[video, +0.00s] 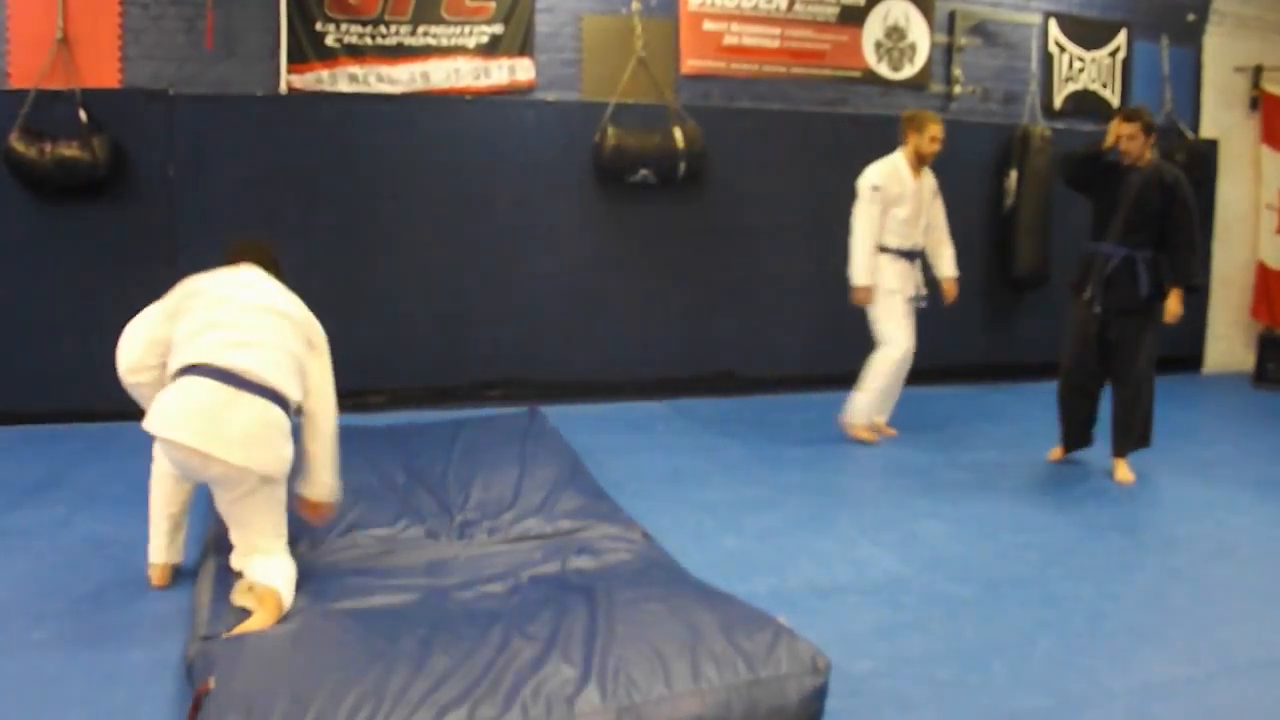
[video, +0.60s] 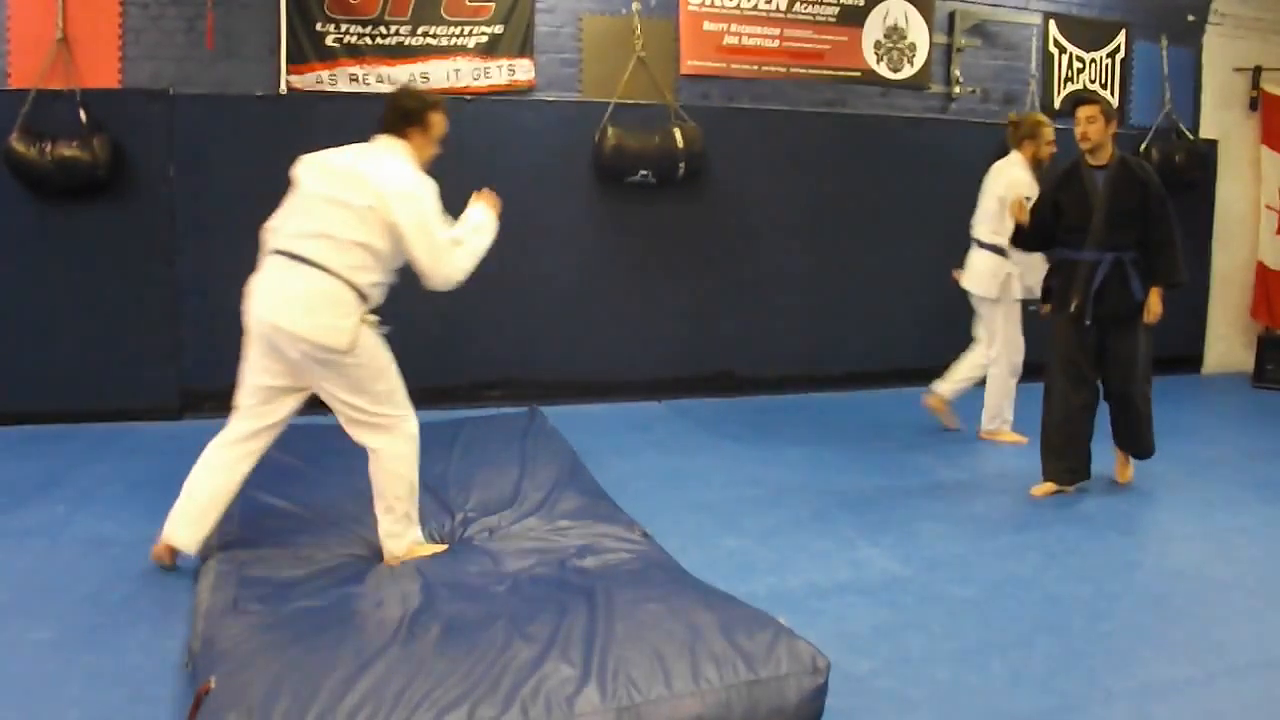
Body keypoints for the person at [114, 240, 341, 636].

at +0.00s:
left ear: (230, 265)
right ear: (277, 274)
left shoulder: (195, 288)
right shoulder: (304, 319)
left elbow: (133, 355)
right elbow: (321, 412)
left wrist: (168, 409)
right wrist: (320, 487)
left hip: (184, 421)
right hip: (256, 439)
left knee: (171, 457)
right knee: (263, 545)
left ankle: (161, 563)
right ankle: (267, 601)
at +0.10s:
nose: (267, 245)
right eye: (266, 240)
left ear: (210, 234)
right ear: (260, 238)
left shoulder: (178, 267)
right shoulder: (287, 280)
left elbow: (138, 359)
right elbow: (306, 369)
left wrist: (171, 401)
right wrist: (287, 434)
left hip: (186, 394)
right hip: (259, 405)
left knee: (180, 460)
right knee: (260, 528)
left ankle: (164, 562)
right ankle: (269, 595)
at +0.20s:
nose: (270, 210)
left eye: (268, 204)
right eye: (269, 204)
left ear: (212, 203)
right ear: (261, 203)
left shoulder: (176, 246)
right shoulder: (285, 250)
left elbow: (153, 332)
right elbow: (305, 341)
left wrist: (169, 379)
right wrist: (298, 412)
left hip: (185, 362)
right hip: (259, 368)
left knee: (191, 451)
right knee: (268, 499)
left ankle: (166, 561)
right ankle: (258, 574)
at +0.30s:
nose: (300, 189)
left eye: (300, 180)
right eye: (299, 180)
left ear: (244, 177)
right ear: (285, 176)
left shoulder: (194, 223)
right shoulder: (298, 225)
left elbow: (172, 305)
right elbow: (323, 314)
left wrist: (177, 353)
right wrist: (341, 387)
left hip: (188, 350)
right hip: (258, 353)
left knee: (204, 447)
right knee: (311, 460)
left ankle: (168, 559)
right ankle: (263, 516)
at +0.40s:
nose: (342, 176)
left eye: (343, 164)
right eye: (340, 164)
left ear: (292, 157)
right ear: (322, 159)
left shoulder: (227, 200)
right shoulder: (327, 206)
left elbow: (210, 276)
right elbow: (357, 297)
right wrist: (405, 336)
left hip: (196, 335)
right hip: (267, 340)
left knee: (216, 447)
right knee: (349, 407)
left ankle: (168, 562)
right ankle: (308, 488)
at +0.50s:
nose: (396, 158)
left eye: (397, 148)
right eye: (394, 146)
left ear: (345, 135)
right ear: (376, 138)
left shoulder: (279, 175)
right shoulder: (367, 190)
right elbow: (397, 282)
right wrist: (456, 266)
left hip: (224, 305)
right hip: (286, 316)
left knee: (226, 438)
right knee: (378, 391)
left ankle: (175, 558)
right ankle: (375, 519)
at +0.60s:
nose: (440, 149)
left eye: (442, 139)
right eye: (438, 138)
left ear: (391, 126)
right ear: (418, 130)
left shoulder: (326, 160)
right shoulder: (410, 183)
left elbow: (274, 231)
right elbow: (443, 269)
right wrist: (482, 216)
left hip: (268, 292)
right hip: (327, 308)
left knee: (248, 424)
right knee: (392, 425)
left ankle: (176, 537)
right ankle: (402, 544)